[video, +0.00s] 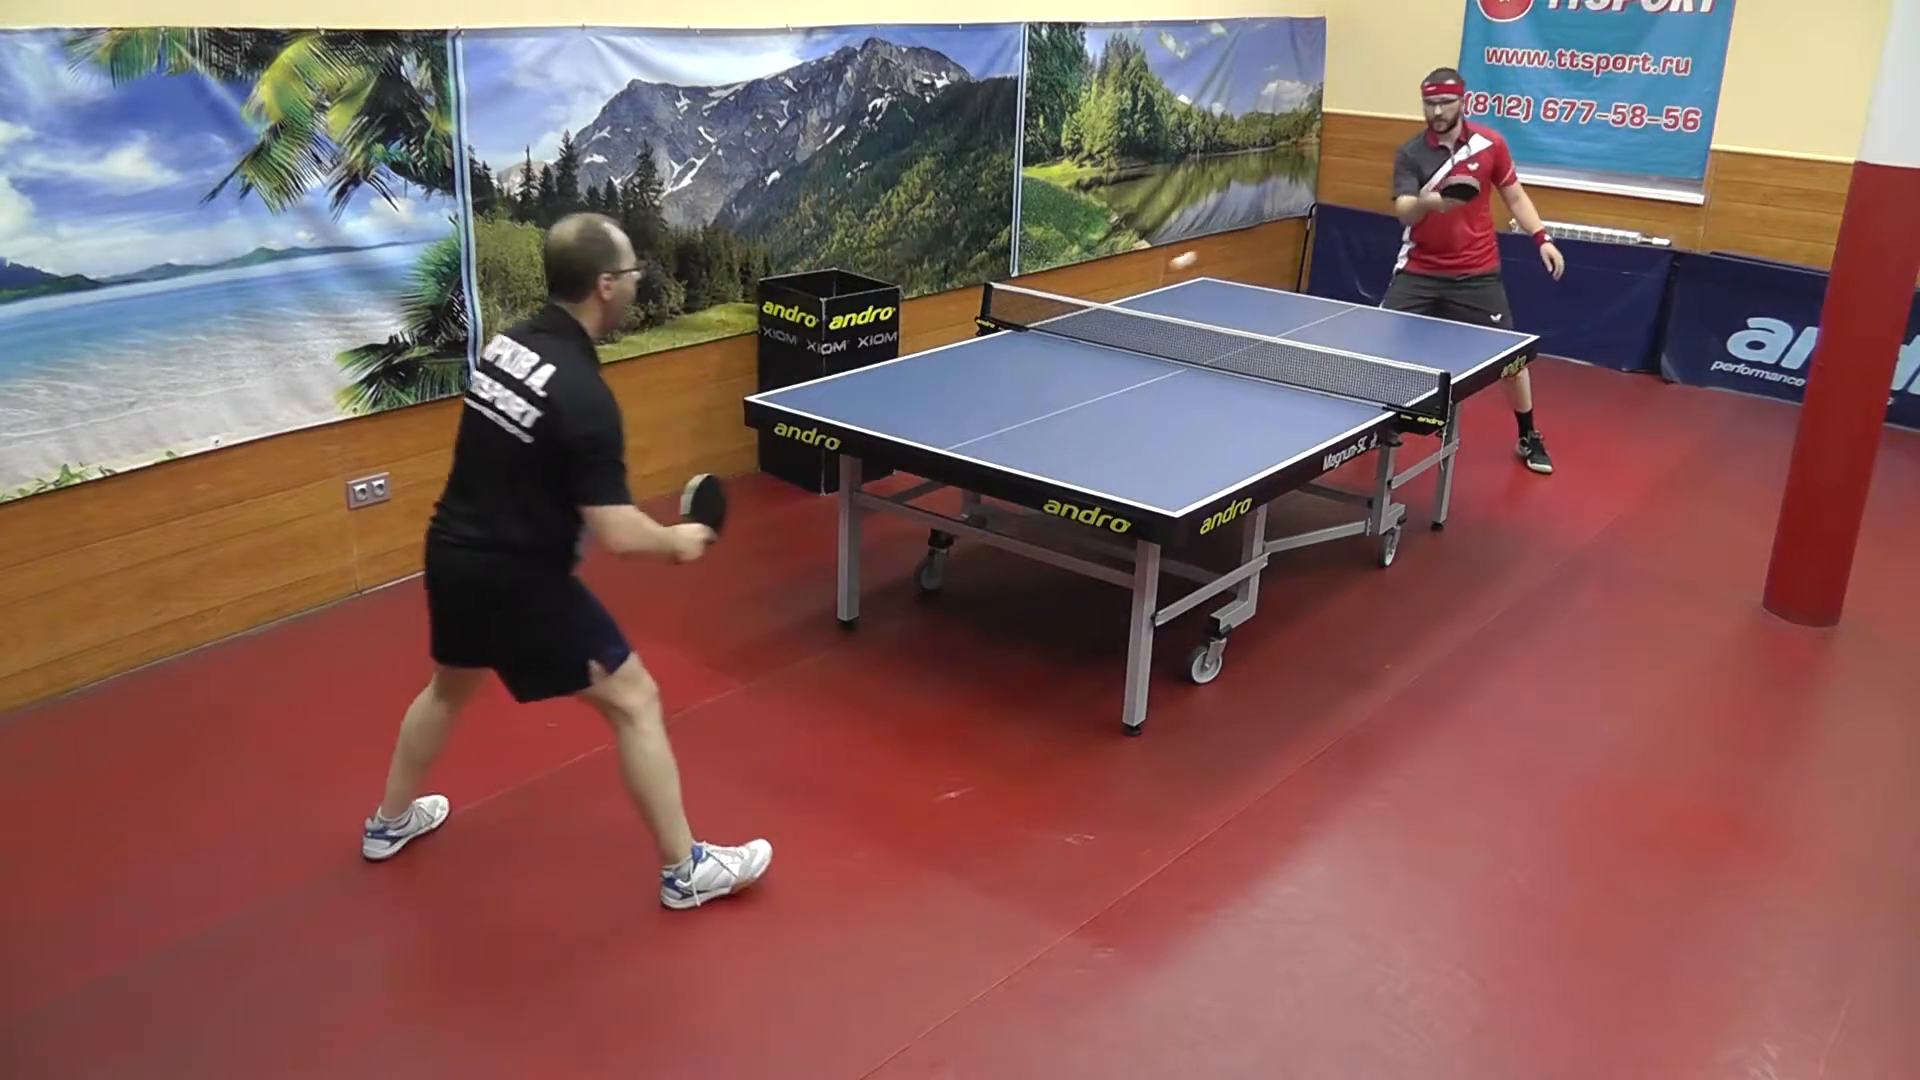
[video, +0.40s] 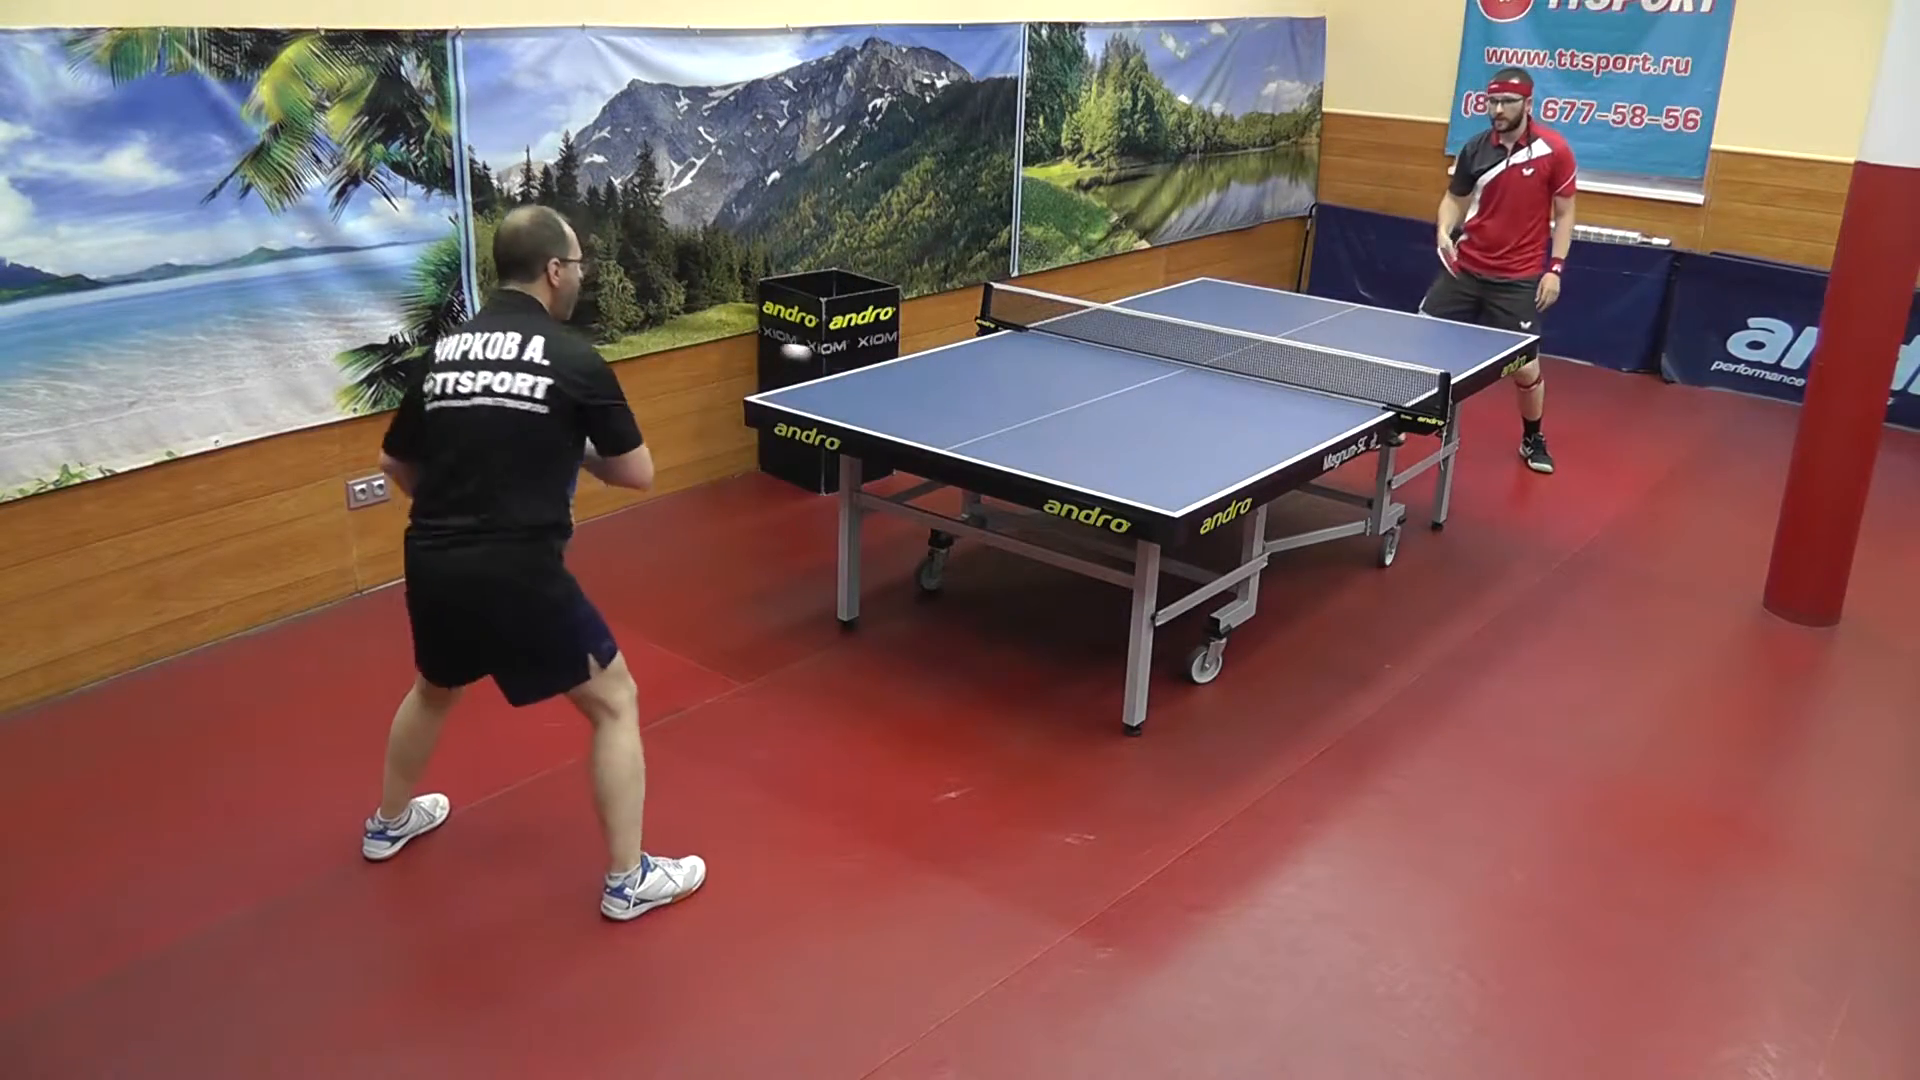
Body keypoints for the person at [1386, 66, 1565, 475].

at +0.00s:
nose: (1438, 113)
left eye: (1446, 104)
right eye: (1431, 104)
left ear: (1463, 102)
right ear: (1422, 105)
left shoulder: (1490, 145)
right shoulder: (1411, 154)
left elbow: (1515, 197)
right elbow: (1403, 213)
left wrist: (1543, 240)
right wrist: (1424, 202)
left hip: (1478, 276)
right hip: (1418, 273)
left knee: (1511, 354)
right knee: (1381, 345)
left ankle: (1529, 437)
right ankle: (1371, 425)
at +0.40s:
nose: (1498, 110)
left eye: (1507, 102)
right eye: (1493, 102)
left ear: (1527, 105)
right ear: (1487, 103)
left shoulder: (1554, 152)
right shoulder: (1474, 150)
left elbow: (1564, 212)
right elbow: (1455, 198)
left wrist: (1555, 269)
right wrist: (1443, 231)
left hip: (1519, 282)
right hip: (1463, 272)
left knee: (1525, 369)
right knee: (1420, 339)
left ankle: (1533, 438)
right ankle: (1421, 410)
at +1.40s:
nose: (1529, 122)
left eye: (1538, 113)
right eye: (1522, 113)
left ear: (1555, 111)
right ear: (1513, 110)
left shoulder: (1569, 147)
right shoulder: (1498, 145)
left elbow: (1574, 201)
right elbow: (1468, 198)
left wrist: (1583, 255)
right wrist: (1490, 236)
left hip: (1534, 268)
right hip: (1477, 262)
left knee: (1543, 360)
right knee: (1436, 342)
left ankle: (1533, 437)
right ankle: (1415, 409)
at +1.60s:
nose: (1547, 108)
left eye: (1557, 100)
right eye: (1541, 99)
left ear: (1573, 101)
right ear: (1532, 95)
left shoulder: (1580, 149)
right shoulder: (1511, 120)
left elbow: (1580, 210)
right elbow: (1480, 116)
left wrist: (1584, 265)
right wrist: (1467, 89)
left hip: (1533, 269)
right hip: (1476, 258)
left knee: (1541, 361)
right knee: (1435, 338)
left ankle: (1532, 437)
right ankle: (1424, 410)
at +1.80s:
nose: (1533, 102)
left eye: (1543, 95)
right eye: (1528, 93)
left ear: (1561, 97)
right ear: (1520, 91)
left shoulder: (1574, 150)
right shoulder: (1498, 122)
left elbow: (1572, 215)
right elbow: (1444, 124)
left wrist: (1564, 268)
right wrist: (1441, 101)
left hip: (1524, 276)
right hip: (1468, 262)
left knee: (1533, 366)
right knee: (1425, 338)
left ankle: (1532, 436)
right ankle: (1411, 409)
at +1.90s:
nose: (1521, 102)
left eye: (1531, 94)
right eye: (1516, 93)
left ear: (1549, 97)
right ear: (1509, 93)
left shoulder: (1565, 150)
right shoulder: (1485, 128)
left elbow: (1566, 214)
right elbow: (1437, 152)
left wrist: (1553, 267)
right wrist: (1424, 142)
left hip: (1518, 277)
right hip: (1463, 264)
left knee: (1528, 366)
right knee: (1419, 339)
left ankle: (1531, 437)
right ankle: (1402, 413)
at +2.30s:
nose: (1473, 99)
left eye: (1483, 91)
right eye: (1469, 90)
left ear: (1504, 93)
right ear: (1463, 93)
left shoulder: (1532, 141)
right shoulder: (1456, 137)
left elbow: (1540, 205)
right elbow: (1428, 184)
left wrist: (1515, 257)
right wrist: (1399, 199)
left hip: (1503, 271)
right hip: (1450, 263)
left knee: (1520, 362)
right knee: (1413, 337)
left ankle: (1531, 437)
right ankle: (1406, 412)